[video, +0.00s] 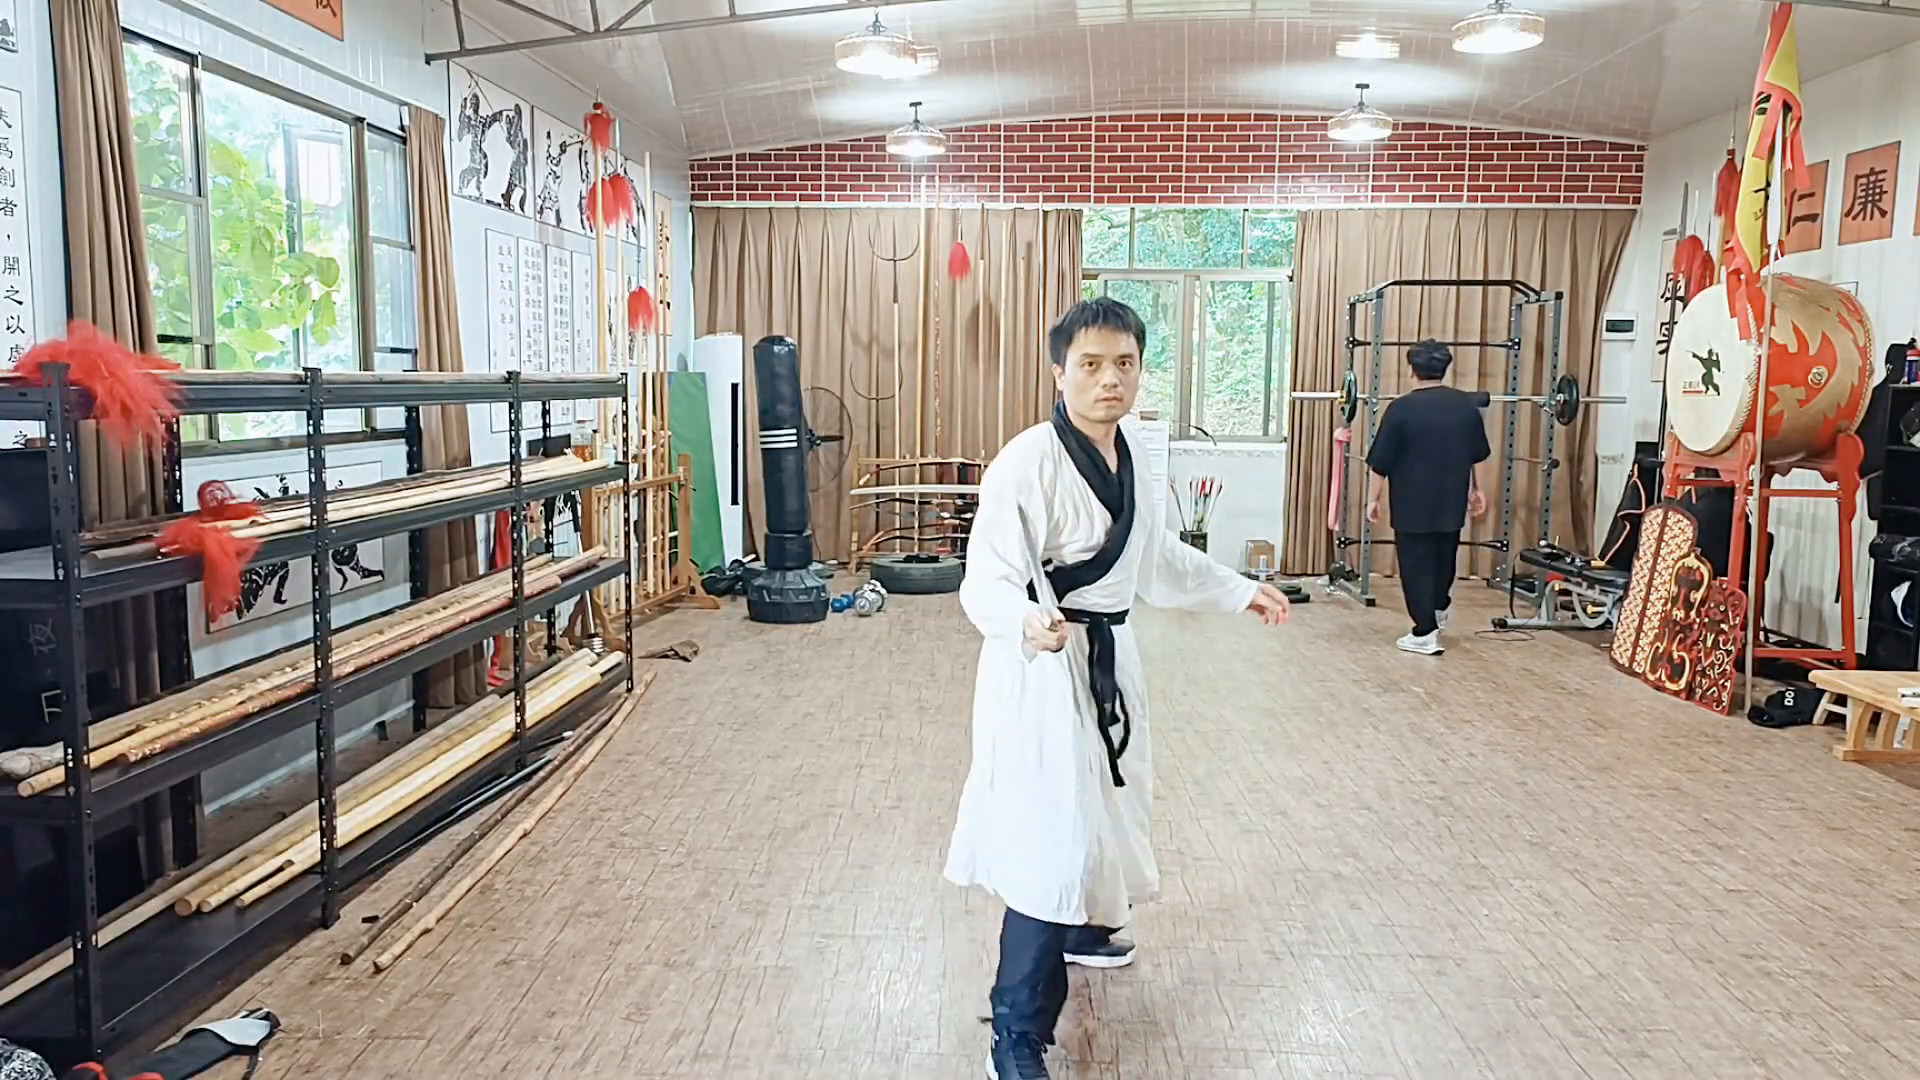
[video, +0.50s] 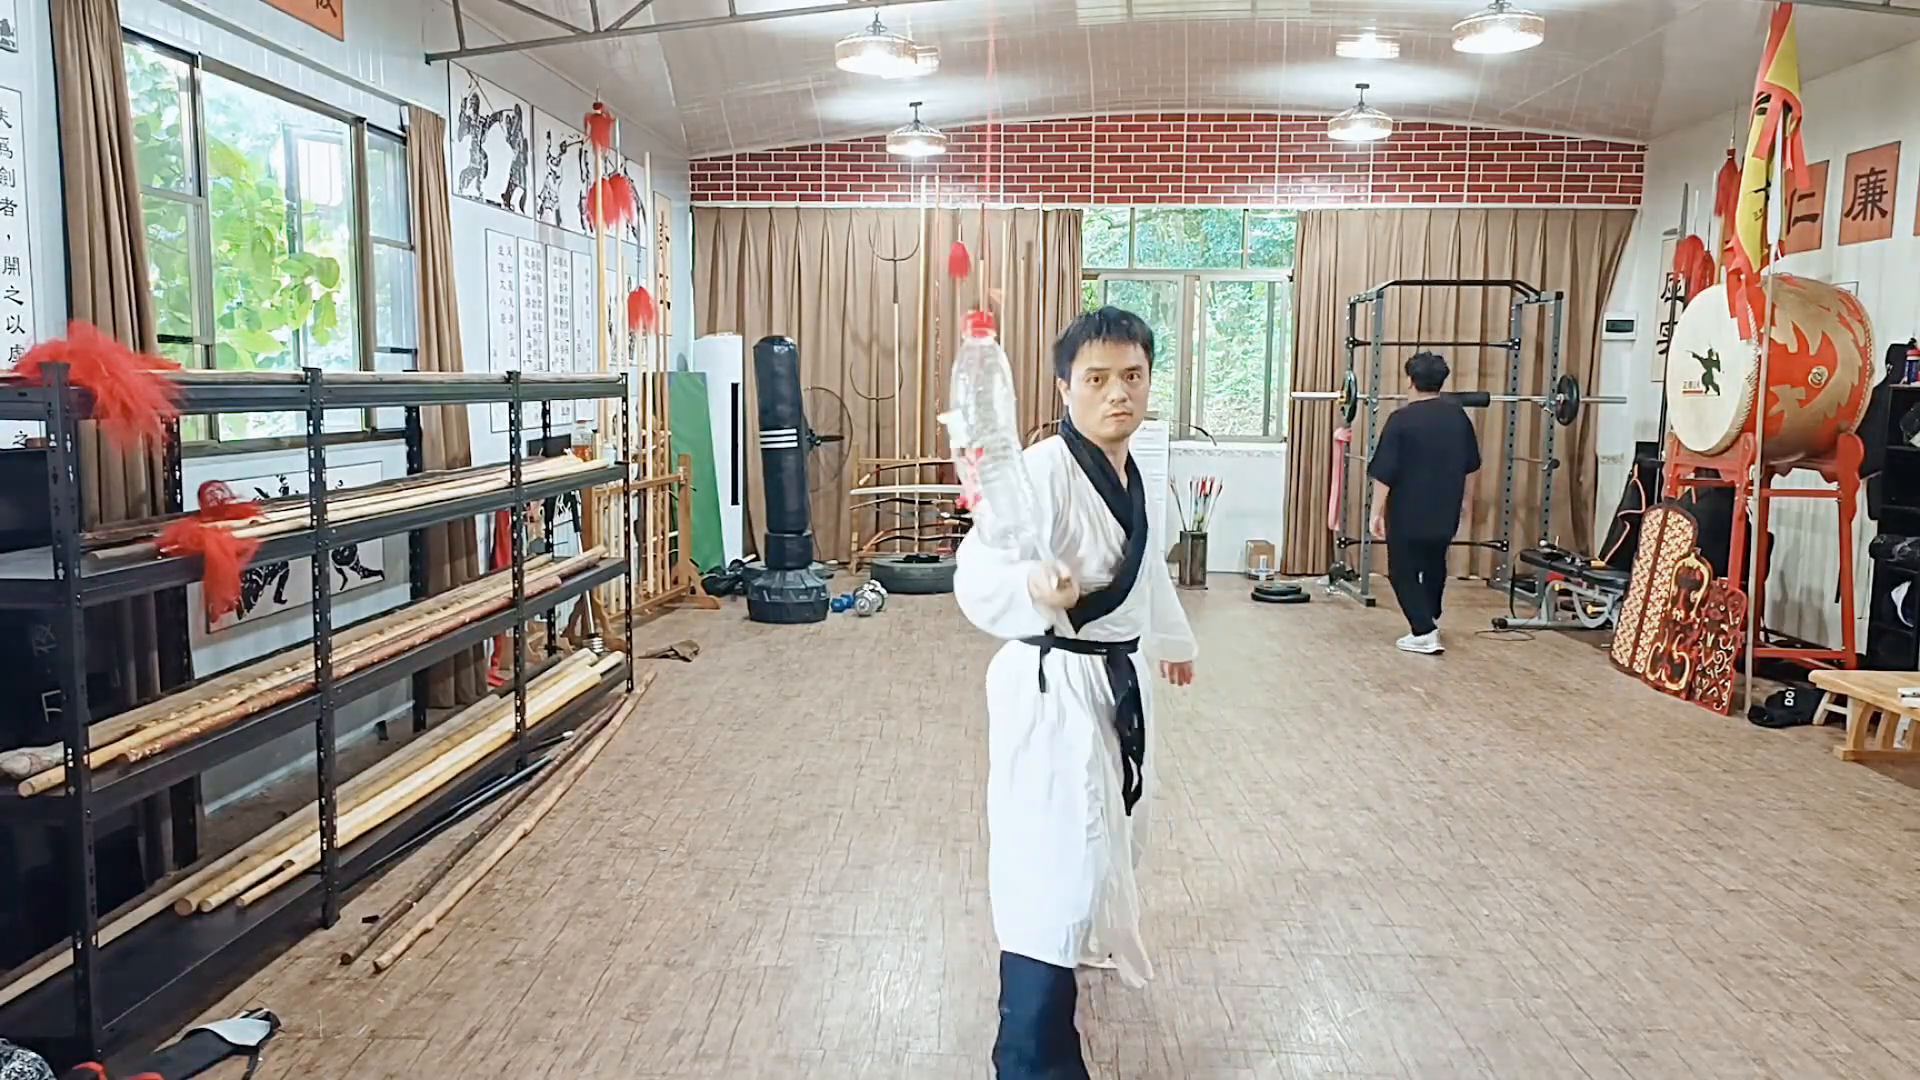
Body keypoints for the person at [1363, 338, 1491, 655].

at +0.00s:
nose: (1409, 370)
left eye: (1411, 366)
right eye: (1413, 366)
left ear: (1414, 371)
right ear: (1444, 370)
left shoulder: (1401, 407)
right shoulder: (1464, 404)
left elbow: (1380, 461)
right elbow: (1478, 453)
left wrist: (1374, 499)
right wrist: (1478, 487)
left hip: (1411, 507)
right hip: (1451, 504)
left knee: (1415, 568)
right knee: (1444, 557)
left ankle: (1425, 633)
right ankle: (1439, 609)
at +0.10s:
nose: (1409, 370)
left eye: (1411, 367)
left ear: (1413, 371)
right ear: (1444, 370)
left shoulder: (1401, 407)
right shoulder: (1463, 404)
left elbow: (1382, 461)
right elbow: (1476, 453)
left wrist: (1376, 499)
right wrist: (1477, 487)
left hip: (1410, 505)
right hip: (1450, 503)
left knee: (1415, 567)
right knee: (1442, 558)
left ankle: (1425, 633)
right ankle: (1434, 606)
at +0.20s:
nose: (1408, 370)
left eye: (1410, 367)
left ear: (1412, 371)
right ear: (1444, 370)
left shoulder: (1400, 408)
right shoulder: (1462, 404)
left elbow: (1383, 464)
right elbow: (1474, 455)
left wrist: (1379, 503)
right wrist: (1475, 489)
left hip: (1410, 505)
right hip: (1449, 503)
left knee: (1414, 568)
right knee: (1438, 561)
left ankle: (1426, 633)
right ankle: (1430, 615)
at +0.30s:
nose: (1408, 372)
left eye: (1409, 368)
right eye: (1411, 367)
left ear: (1412, 373)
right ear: (1443, 373)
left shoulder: (1401, 410)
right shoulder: (1461, 408)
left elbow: (1383, 465)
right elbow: (1473, 457)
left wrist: (1380, 504)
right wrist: (1473, 491)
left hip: (1409, 507)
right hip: (1447, 506)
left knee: (1410, 568)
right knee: (1436, 562)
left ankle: (1425, 632)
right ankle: (1429, 617)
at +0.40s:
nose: (1407, 376)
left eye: (1409, 372)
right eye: (1410, 371)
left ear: (1412, 377)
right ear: (1443, 377)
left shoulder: (1401, 414)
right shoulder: (1458, 411)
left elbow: (1384, 469)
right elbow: (1472, 462)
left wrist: (1379, 508)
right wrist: (1467, 496)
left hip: (1408, 509)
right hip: (1445, 508)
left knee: (1407, 569)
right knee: (1435, 565)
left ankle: (1424, 633)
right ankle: (1429, 623)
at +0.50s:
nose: (1406, 380)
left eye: (1408, 376)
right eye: (1409, 375)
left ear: (1412, 381)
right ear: (1441, 381)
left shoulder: (1402, 418)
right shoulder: (1457, 415)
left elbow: (1384, 473)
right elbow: (1471, 467)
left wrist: (1376, 512)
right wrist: (1466, 505)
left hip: (1408, 512)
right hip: (1444, 512)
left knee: (1401, 573)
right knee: (1435, 564)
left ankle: (1424, 633)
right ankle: (1430, 621)